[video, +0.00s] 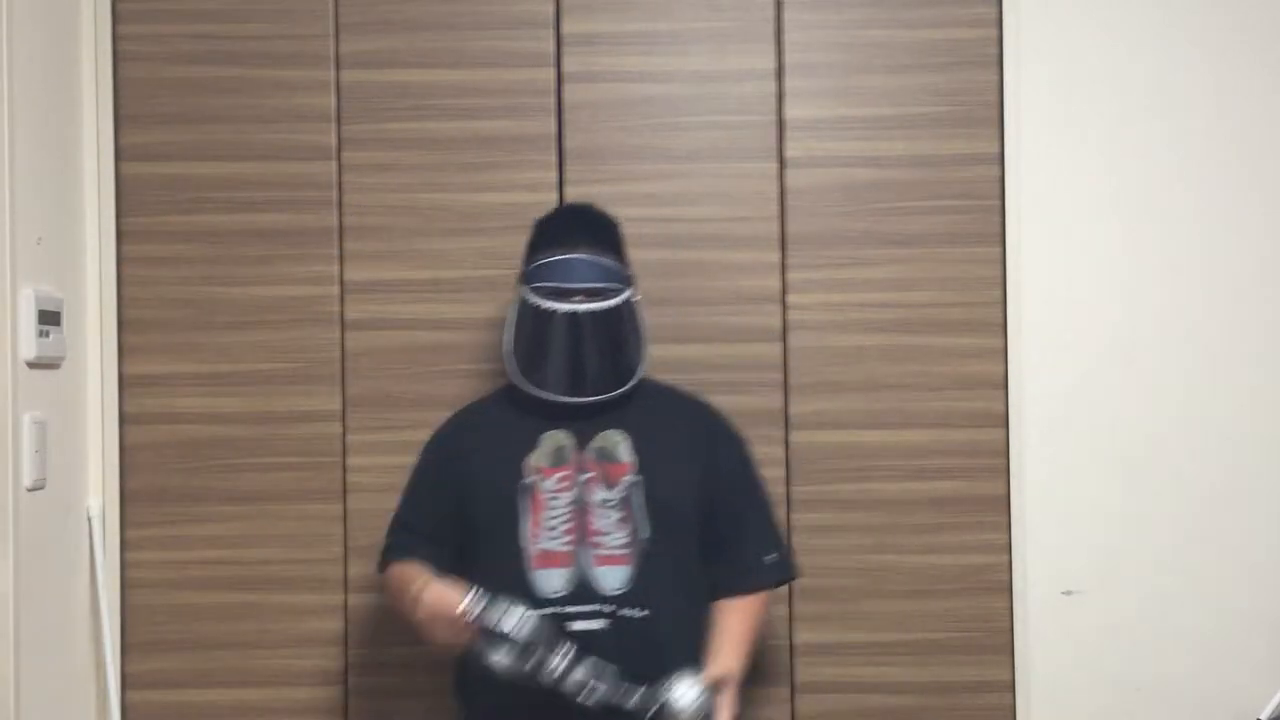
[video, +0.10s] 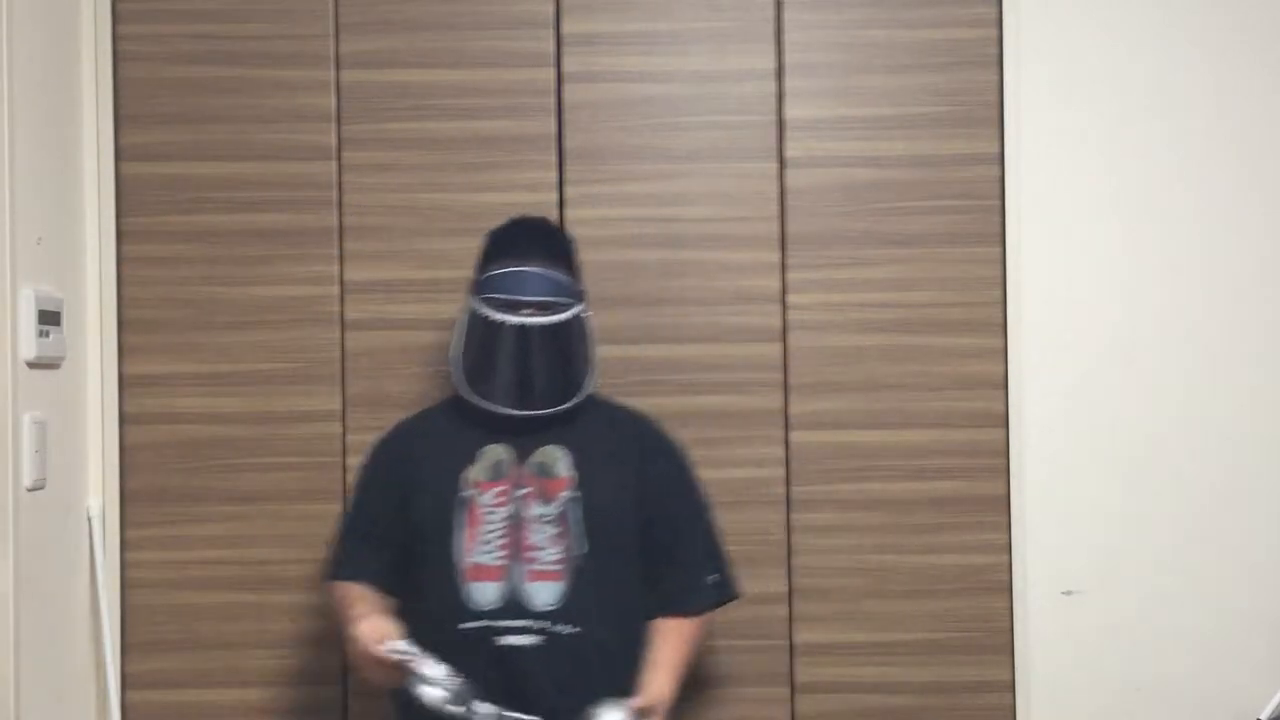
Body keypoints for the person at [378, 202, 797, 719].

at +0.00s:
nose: (577, 335)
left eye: (596, 314)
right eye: (558, 316)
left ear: (628, 312)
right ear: (526, 314)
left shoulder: (696, 436)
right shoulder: (470, 440)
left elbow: (747, 573)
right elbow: (403, 560)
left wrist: (719, 684)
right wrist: (431, 598)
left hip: (661, 701)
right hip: (514, 701)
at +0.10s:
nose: (526, 349)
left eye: (547, 330)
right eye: (507, 329)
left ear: (579, 327)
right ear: (474, 325)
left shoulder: (638, 451)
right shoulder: (414, 450)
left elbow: (684, 594)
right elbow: (358, 568)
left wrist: (651, 700)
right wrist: (371, 621)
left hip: (594, 705)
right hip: (452, 705)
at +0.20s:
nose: (475, 344)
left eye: (494, 326)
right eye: (455, 324)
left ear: (525, 326)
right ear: (424, 320)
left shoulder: (581, 450)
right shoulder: (359, 445)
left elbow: (629, 590)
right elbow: (281, 555)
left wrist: (582, 683)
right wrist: (287, 592)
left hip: (524, 702)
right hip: (387, 699)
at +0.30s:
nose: (433, 331)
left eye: (454, 312)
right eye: (414, 310)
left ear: (486, 312)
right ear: (382, 306)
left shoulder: (543, 436)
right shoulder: (320, 426)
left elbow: (598, 564)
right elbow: (253, 537)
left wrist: (522, 617)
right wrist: (220, 519)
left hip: (494, 704)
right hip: (345, 702)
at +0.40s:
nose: (403, 322)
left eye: (424, 303)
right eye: (384, 301)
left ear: (459, 304)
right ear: (354, 298)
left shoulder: (513, 420)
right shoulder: (289, 413)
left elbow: (585, 551)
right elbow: (168, 492)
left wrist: (480, 540)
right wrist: (172, 401)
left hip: (469, 702)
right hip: (314, 701)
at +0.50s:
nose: (387, 317)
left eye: (410, 297)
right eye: (367, 296)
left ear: (441, 299)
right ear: (337, 292)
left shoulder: (497, 413)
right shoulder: (268, 406)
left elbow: (564, 536)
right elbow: (134, 434)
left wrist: (452, 472)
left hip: (451, 701)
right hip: (293, 701)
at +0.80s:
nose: (396, 317)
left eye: (418, 299)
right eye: (376, 296)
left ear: (450, 302)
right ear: (346, 293)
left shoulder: (502, 419)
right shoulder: (278, 411)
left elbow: (568, 543)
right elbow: (139, 456)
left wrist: (464, 503)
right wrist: (170, 357)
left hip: (449, 705)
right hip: (284, 702)